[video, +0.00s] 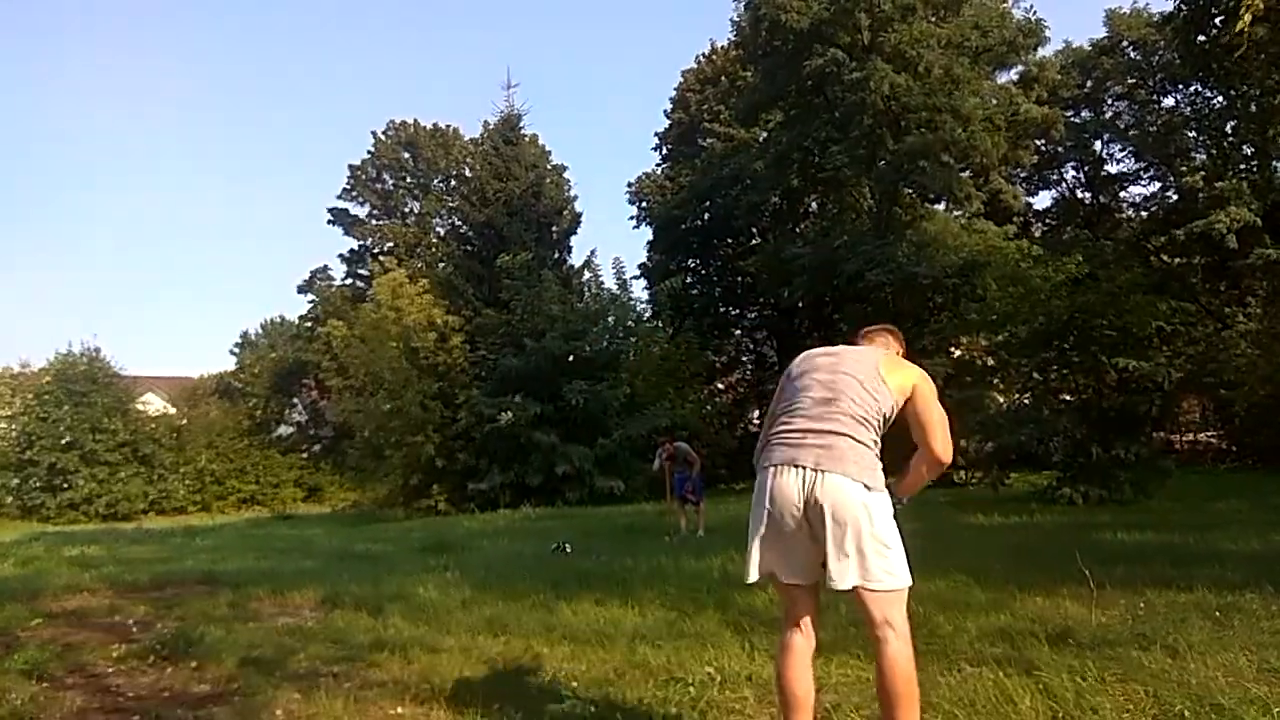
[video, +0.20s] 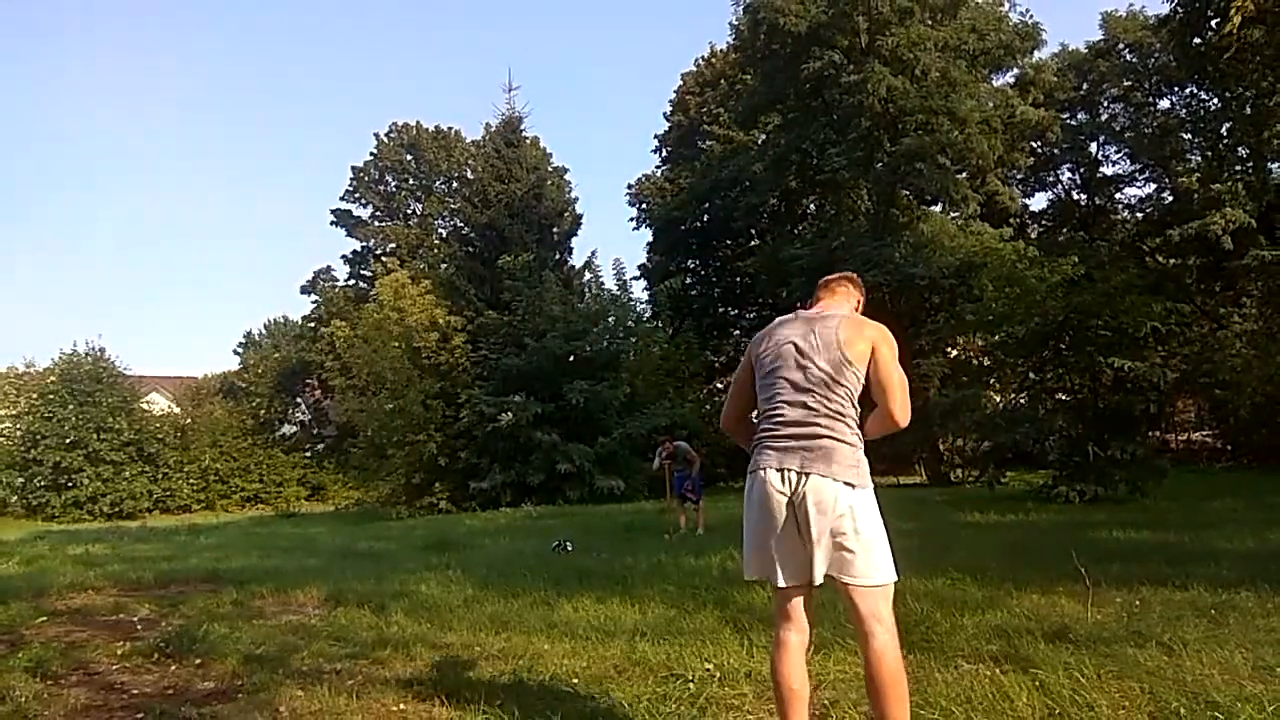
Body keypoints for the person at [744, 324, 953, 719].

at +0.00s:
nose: (900, 365)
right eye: (902, 359)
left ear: (856, 342)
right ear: (898, 353)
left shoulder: (803, 360)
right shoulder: (908, 372)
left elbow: (768, 432)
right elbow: (939, 453)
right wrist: (902, 489)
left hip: (777, 483)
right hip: (850, 487)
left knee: (797, 623)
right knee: (889, 628)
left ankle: (796, 715)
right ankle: (904, 714)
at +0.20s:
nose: (860, 313)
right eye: (861, 307)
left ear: (811, 302)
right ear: (857, 303)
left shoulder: (767, 334)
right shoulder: (871, 331)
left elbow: (731, 420)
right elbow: (896, 413)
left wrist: (776, 446)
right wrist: (848, 433)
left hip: (768, 481)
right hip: (838, 482)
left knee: (789, 621)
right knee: (877, 622)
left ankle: (794, 716)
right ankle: (895, 715)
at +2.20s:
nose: (814, 290)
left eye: (812, 284)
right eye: (814, 282)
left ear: (763, 277)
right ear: (805, 276)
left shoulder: (714, 335)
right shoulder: (821, 323)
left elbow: (710, 423)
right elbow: (849, 410)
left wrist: (759, 416)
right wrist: (862, 386)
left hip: (754, 489)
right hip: (823, 486)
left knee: (778, 630)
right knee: (866, 625)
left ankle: (790, 718)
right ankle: (886, 716)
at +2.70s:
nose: (815, 289)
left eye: (814, 283)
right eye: (816, 282)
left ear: (765, 274)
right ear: (808, 277)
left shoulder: (715, 333)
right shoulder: (819, 320)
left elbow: (718, 418)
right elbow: (857, 406)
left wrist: (765, 387)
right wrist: (858, 364)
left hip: (755, 488)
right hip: (823, 484)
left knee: (778, 630)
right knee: (867, 626)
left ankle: (790, 719)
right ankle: (887, 716)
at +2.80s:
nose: (814, 292)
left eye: (814, 288)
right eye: (816, 287)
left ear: (766, 276)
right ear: (809, 281)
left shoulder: (714, 329)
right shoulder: (815, 316)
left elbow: (723, 404)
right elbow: (867, 392)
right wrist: (859, 339)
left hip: (754, 489)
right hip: (822, 484)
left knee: (778, 629)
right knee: (867, 625)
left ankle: (790, 719)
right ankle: (887, 716)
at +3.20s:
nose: (823, 288)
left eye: (823, 281)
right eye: (823, 281)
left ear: (774, 277)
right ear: (815, 282)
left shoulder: (720, 324)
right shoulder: (818, 316)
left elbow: (744, 324)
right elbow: (881, 364)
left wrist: (795, 294)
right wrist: (852, 304)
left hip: (755, 488)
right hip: (823, 485)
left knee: (779, 627)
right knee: (867, 624)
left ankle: (791, 718)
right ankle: (887, 716)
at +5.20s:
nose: (856, 271)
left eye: (852, 264)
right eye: (852, 264)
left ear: (792, 274)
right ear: (844, 267)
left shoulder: (761, 323)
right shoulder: (865, 308)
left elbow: (787, 360)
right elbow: (916, 375)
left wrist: (828, 299)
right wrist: (876, 308)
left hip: (796, 484)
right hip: (867, 481)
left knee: (801, 630)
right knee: (889, 631)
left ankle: (799, 719)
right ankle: (899, 718)